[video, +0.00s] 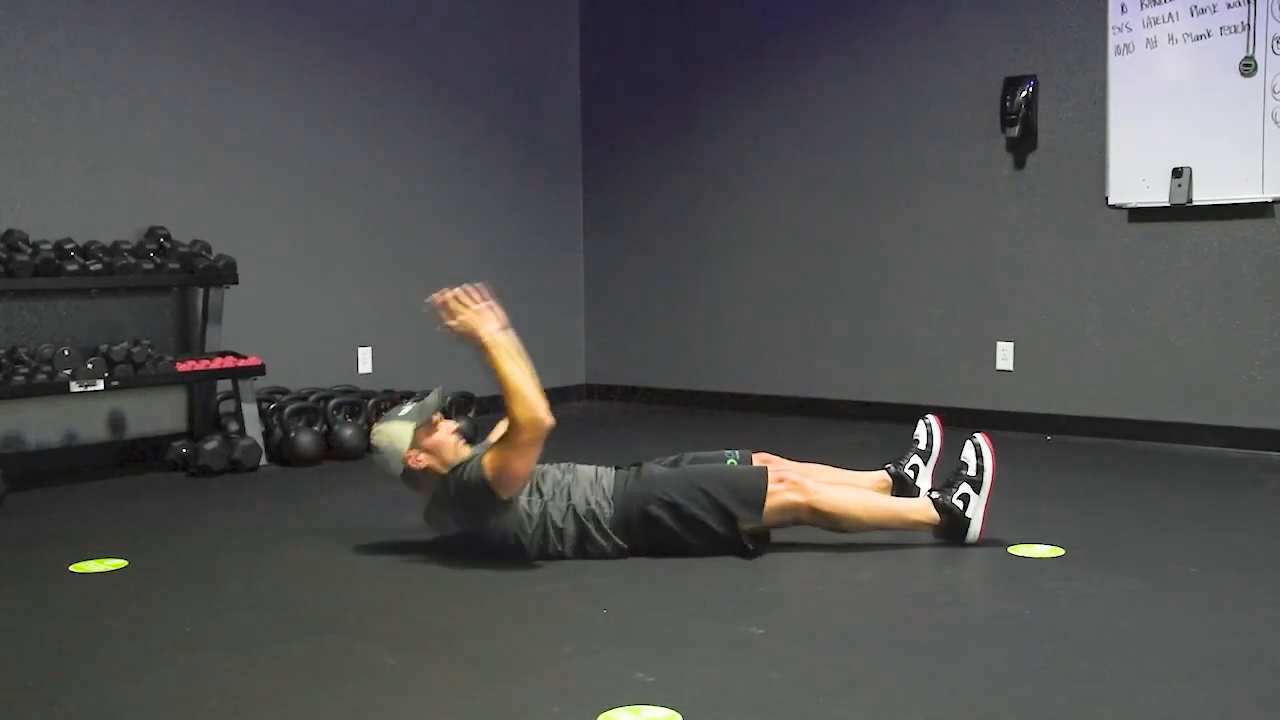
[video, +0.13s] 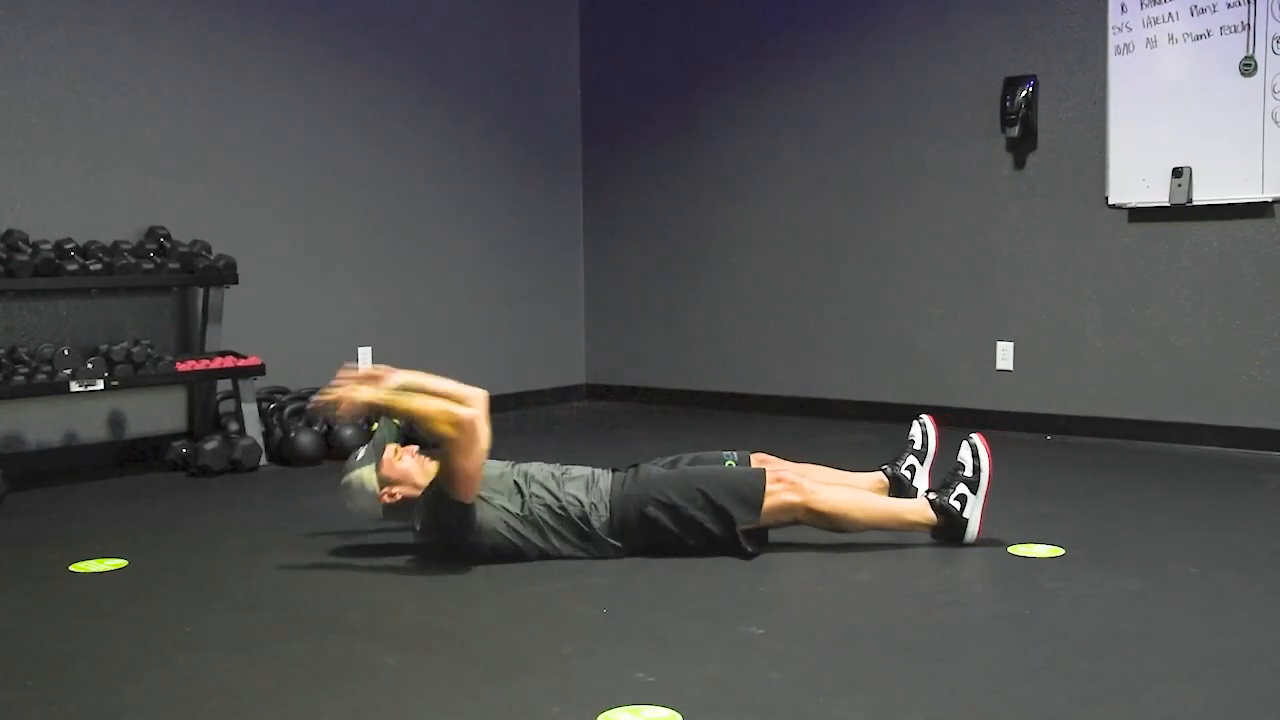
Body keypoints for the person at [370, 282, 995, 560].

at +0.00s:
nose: (448, 427)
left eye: (438, 422)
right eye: (432, 431)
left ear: (435, 444)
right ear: (418, 462)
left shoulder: (467, 474)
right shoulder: (463, 493)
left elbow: (527, 419)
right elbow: (531, 420)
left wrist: (496, 331)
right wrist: (491, 333)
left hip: (626, 488)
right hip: (624, 510)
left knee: (771, 465)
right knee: (790, 488)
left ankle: (898, 483)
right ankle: (943, 515)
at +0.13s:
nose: (401, 457)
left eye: (389, 455)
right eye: (389, 462)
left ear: (399, 466)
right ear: (395, 486)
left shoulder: (449, 482)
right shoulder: (451, 507)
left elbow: (471, 407)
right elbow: (469, 409)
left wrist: (382, 379)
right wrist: (378, 394)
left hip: (625, 488)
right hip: (625, 510)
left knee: (778, 471)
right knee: (788, 489)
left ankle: (899, 484)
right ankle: (942, 513)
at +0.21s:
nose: (382, 484)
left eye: (377, 476)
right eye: (372, 486)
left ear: (392, 481)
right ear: (384, 503)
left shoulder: (439, 491)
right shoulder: (437, 511)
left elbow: (426, 409)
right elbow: (427, 412)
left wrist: (334, 441)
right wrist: (333, 441)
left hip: (621, 487)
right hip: (621, 513)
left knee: (770, 468)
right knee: (782, 488)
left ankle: (898, 488)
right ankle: (942, 515)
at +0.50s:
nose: (385, 481)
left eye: (381, 474)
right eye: (379, 481)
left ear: (392, 484)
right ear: (383, 504)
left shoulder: (442, 499)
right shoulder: (436, 523)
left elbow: (414, 415)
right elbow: (409, 417)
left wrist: (332, 452)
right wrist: (323, 454)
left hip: (621, 486)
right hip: (620, 512)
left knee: (767, 464)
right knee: (784, 486)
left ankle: (897, 486)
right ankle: (942, 514)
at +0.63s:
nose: (421, 438)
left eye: (410, 433)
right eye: (405, 444)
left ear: (418, 454)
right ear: (400, 479)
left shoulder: (456, 489)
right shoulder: (450, 512)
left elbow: (495, 411)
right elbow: (497, 411)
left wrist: (440, 335)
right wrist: (433, 339)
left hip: (631, 487)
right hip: (627, 508)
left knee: (769, 466)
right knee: (785, 488)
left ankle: (895, 487)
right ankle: (941, 514)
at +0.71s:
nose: (457, 413)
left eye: (449, 405)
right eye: (442, 414)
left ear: (433, 435)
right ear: (420, 446)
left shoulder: (464, 464)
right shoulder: (460, 478)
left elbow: (542, 421)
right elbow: (556, 417)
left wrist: (560, 325)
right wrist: (562, 316)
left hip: (618, 492)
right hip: (619, 511)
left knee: (763, 466)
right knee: (784, 485)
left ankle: (895, 484)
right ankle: (940, 513)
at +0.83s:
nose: (497, 375)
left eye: (488, 368)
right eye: (483, 372)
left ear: (466, 392)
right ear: (460, 397)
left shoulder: (503, 419)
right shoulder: (490, 446)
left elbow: (592, 398)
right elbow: (596, 428)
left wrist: (655, 349)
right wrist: (676, 361)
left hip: (633, 483)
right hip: (625, 513)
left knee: (778, 456)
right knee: (793, 480)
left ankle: (905, 482)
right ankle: (947, 510)